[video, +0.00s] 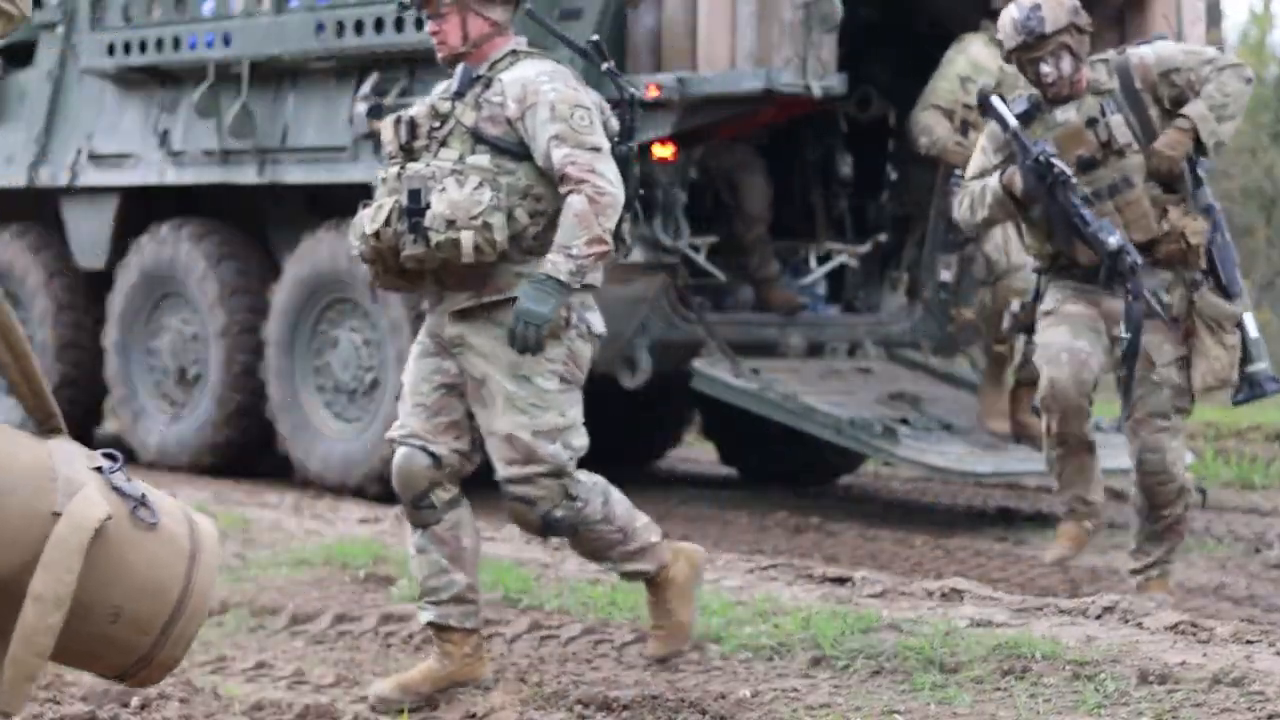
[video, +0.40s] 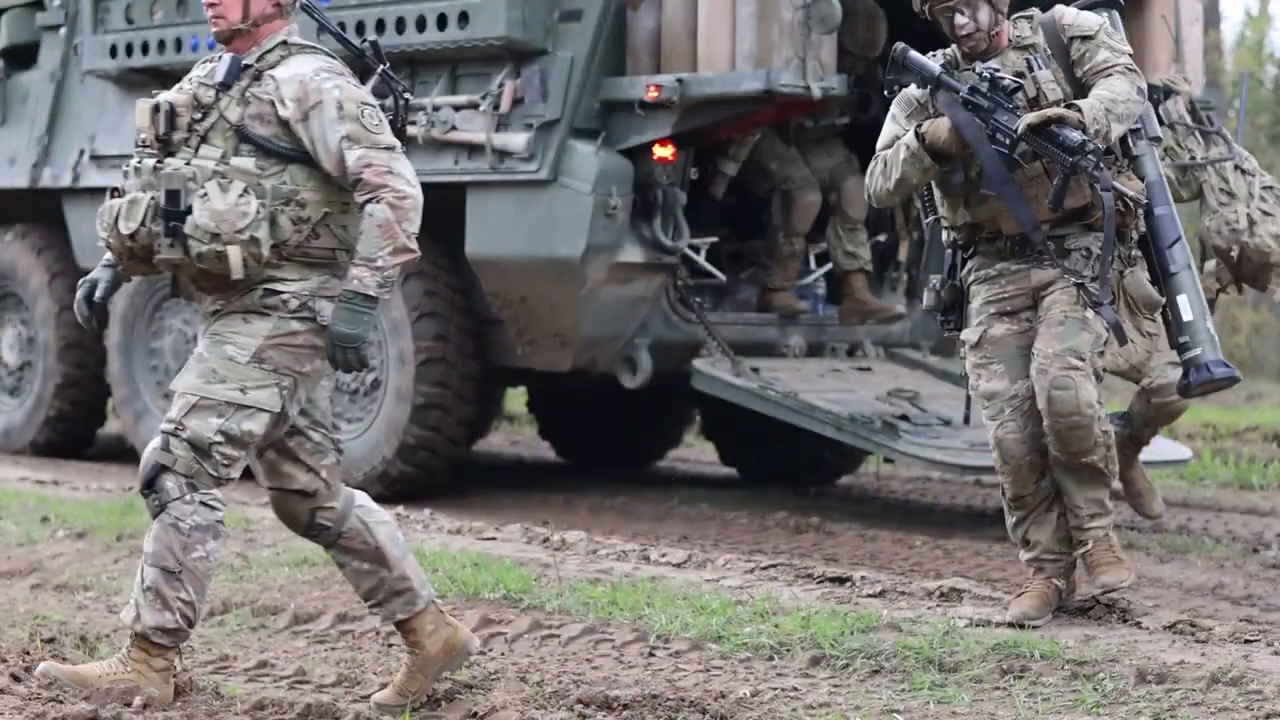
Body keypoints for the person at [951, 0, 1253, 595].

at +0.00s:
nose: (1050, 69)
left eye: (1057, 54)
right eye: (1035, 61)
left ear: (1079, 41)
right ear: (1019, 64)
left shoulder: (1134, 73)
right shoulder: (1010, 122)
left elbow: (1231, 74)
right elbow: (965, 210)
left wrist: (1186, 130)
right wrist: (1012, 185)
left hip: (1157, 282)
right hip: (1073, 287)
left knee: (1154, 441)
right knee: (1063, 384)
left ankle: (1156, 568)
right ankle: (1077, 510)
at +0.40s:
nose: (961, 23)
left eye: (968, 7)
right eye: (946, 16)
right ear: (936, 21)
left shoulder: (1064, 33)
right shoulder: (924, 87)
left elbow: (1127, 88)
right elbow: (880, 185)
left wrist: (1081, 118)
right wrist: (930, 141)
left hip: (1075, 248)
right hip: (990, 263)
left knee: (1063, 390)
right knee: (1010, 428)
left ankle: (1097, 531)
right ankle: (1047, 570)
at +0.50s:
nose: (938, 13)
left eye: (946, 1)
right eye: (926, 8)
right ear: (916, 15)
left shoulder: (1038, 25)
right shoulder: (901, 81)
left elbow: (1109, 89)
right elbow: (850, 178)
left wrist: (1050, 121)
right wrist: (901, 136)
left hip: (1051, 253)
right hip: (965, 268)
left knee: (1027, 405)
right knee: (989, 441)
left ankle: (1026, 586)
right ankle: (1045, 569)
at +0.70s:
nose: (877, 37)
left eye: (889, 20)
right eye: (865, 27)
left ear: (923, 18)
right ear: (856, 35)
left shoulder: (990, 60)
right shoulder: (846, 104)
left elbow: (1048, 142)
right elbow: (756, 186)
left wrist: (978, 177)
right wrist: (809, 150)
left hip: (989, 310)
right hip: (898, 320)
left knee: (968, 479)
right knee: (884, 473)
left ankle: (979, 642)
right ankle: (978, 540)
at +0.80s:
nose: (837, 48)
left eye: (849, 29)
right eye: (825, 37)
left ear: (884, 25)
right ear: (815, 44)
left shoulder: (960, 73)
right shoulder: (812, 114)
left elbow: (1004, 162)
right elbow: (702, 187)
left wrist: (924, 205)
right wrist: (753, 164)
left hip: (958, 324)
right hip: (864, 325)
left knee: (946, 514)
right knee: (818, 466)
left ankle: (976, 645)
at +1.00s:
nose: (728, 63)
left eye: (738, 46)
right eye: (718, 52)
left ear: (781, 39)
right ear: (715, 60)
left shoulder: (856, 87)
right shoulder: (719, 131)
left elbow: (903, 180)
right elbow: (600, 201)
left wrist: (805, 221)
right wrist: (635, 186)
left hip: (851, 334)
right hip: (760, 342)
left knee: (834, 534)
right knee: (744, 542)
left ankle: (930, 621)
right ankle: (769, 698)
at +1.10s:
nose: (673, 64)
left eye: (682, 46)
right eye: (662, 53)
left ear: (721, 37)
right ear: (656, 59)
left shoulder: (806, 86)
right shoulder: (663, 127)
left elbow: (854, 182)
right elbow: (555, 222)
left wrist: (752, 229)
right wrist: (586, 204)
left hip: (795, 337)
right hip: (709, 346)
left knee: (728, 510)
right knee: (699, 549)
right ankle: (755, 697)